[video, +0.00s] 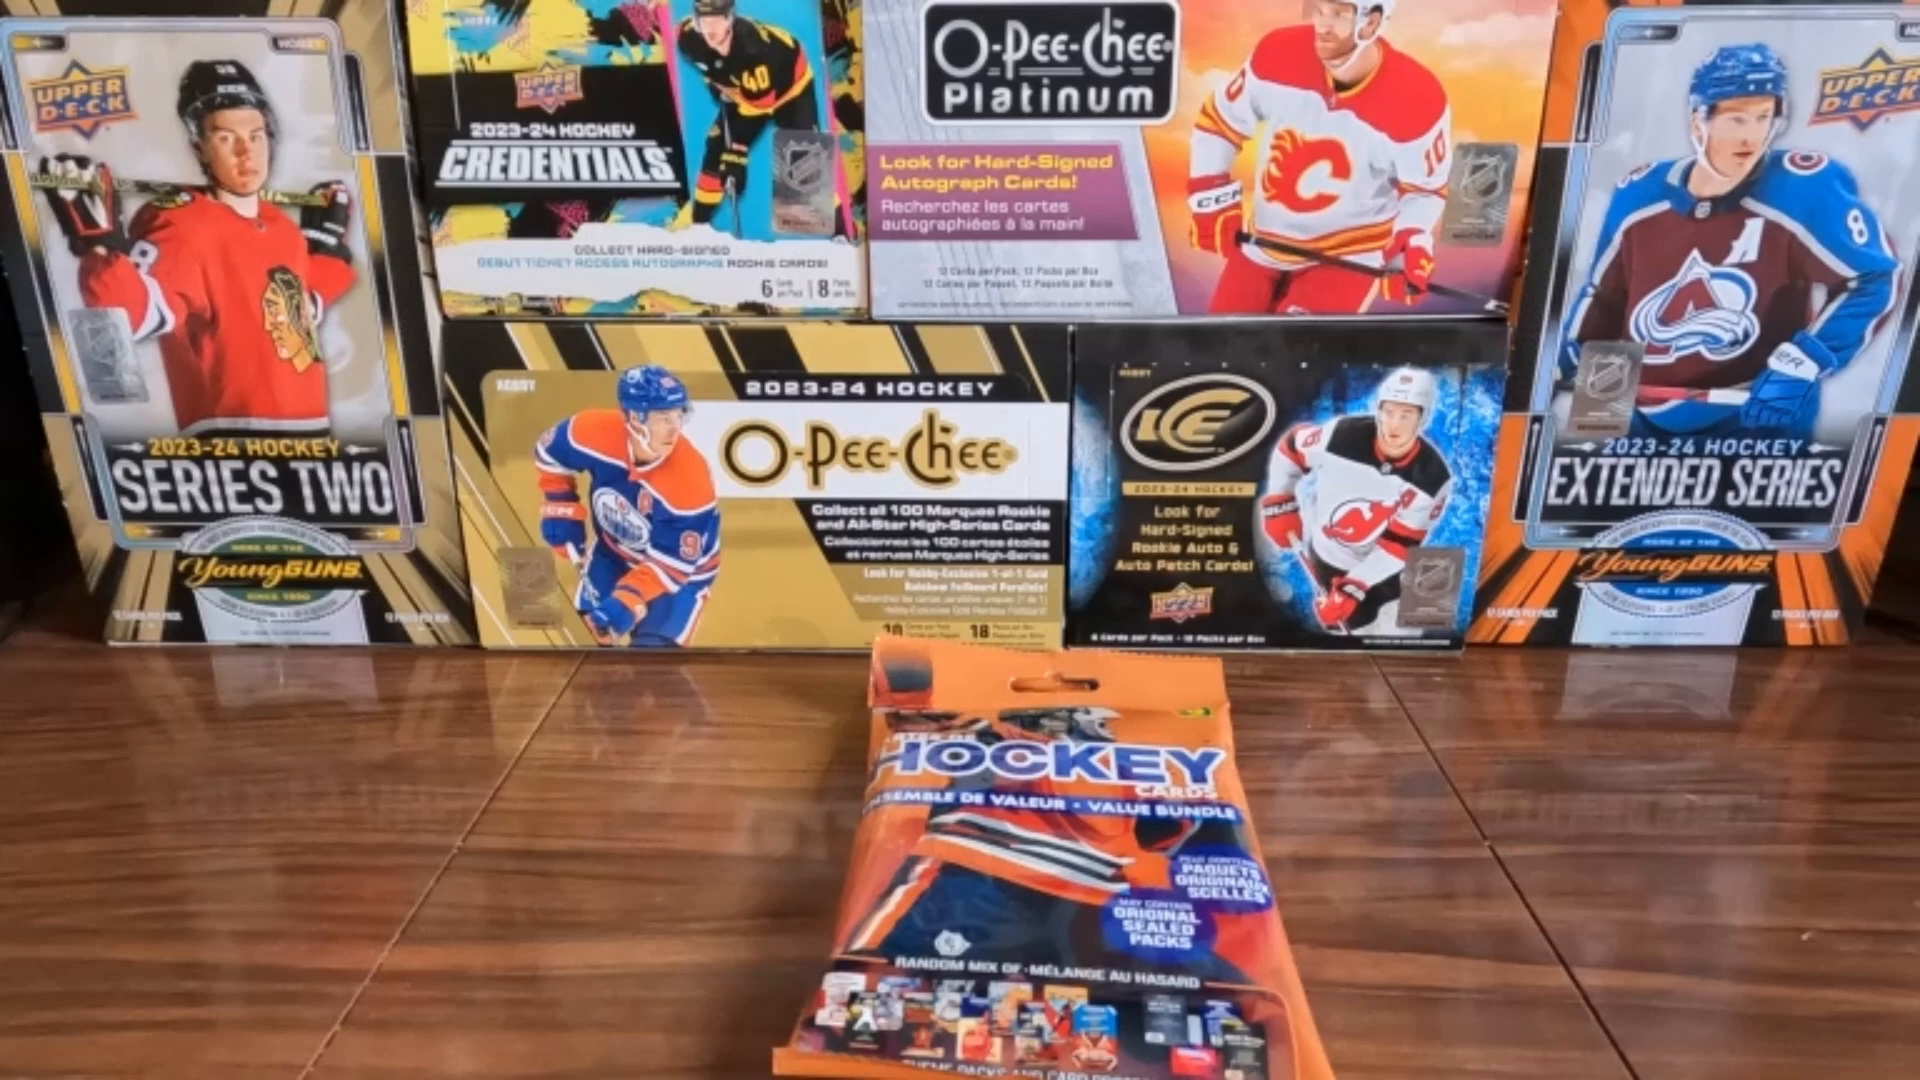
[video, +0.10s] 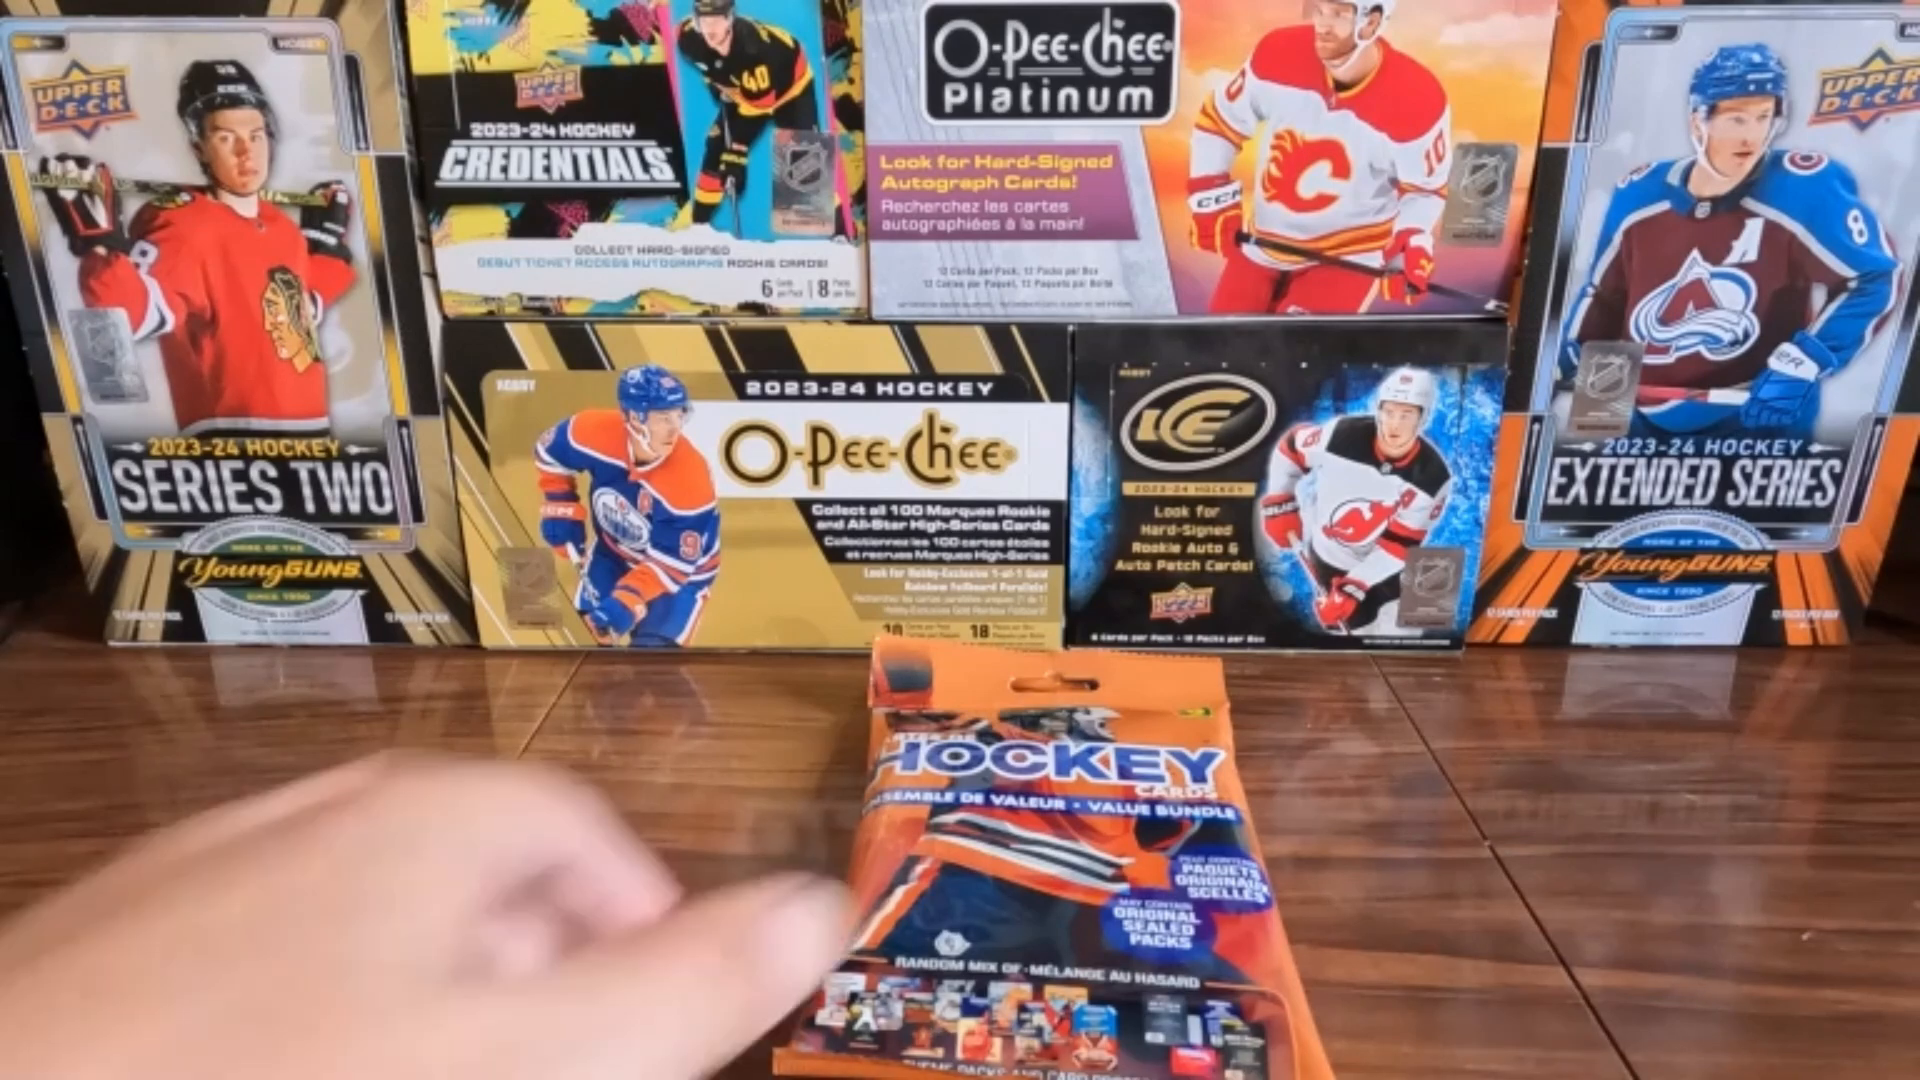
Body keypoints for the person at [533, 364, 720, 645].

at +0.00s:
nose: (675, 429)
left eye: (679, 418)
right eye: (664, 419)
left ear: (684, 417)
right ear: (633, 420)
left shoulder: (690, 480)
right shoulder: (593, 433)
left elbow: (672, 564)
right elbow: (549, 453)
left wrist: (626, 603)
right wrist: (562, 513)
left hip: (676, 571)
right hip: (613, 553)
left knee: (649, 651)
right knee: (592, 615)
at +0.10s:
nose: (675, 429)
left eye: (679, 418)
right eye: (664, 419)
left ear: (685, 417)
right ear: (634, 420)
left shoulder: (690, 480)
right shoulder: (593, 433)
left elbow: (672, 563)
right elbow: (550, 453)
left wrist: (626, 602)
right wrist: (561, 512)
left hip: (675, 572)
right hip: (613, 554)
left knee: (649, 651)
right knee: (592, 614)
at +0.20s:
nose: (675, 430)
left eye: (679, 418)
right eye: (664, 419)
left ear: (685, 417)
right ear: (633, 420)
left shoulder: (690, 480)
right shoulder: (594, 433)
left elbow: (673, 563)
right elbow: (550, 453)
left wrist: (626, 602)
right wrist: (561, 512)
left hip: (674, 572)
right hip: (612, 553)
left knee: (648, 653)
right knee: (592, 615)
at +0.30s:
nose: (675, 430)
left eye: (679, 418)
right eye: (664, 419)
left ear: (685, 417)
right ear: (634, 420)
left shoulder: (690, 480)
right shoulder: (593, 433)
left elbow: (672, 563)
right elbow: (550, 453)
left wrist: (626, 602)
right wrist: (561, 512)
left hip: (675, 572)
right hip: (613, 554)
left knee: (649, 651)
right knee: (592, 614)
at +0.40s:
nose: (675, 429)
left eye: (679, 417)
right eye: (663, 419)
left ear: (685, 415)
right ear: (634, 419)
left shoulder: (690, 481)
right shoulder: (594, 434)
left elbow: (671, 566)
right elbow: (550, 453)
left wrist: (621, 604)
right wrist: (562, 515)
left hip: (676, 579)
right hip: (612, 557)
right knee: (591, 623)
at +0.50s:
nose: (675, 429)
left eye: (680, 417)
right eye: (664, 419)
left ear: (685, 416)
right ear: (634, 420)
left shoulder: (690, 478)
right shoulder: (595, 433)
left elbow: (673, 563)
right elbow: (550, 452)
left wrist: (625, 602)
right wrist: (561, 511)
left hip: (673, 574)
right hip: (612, 553)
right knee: (588, 619)